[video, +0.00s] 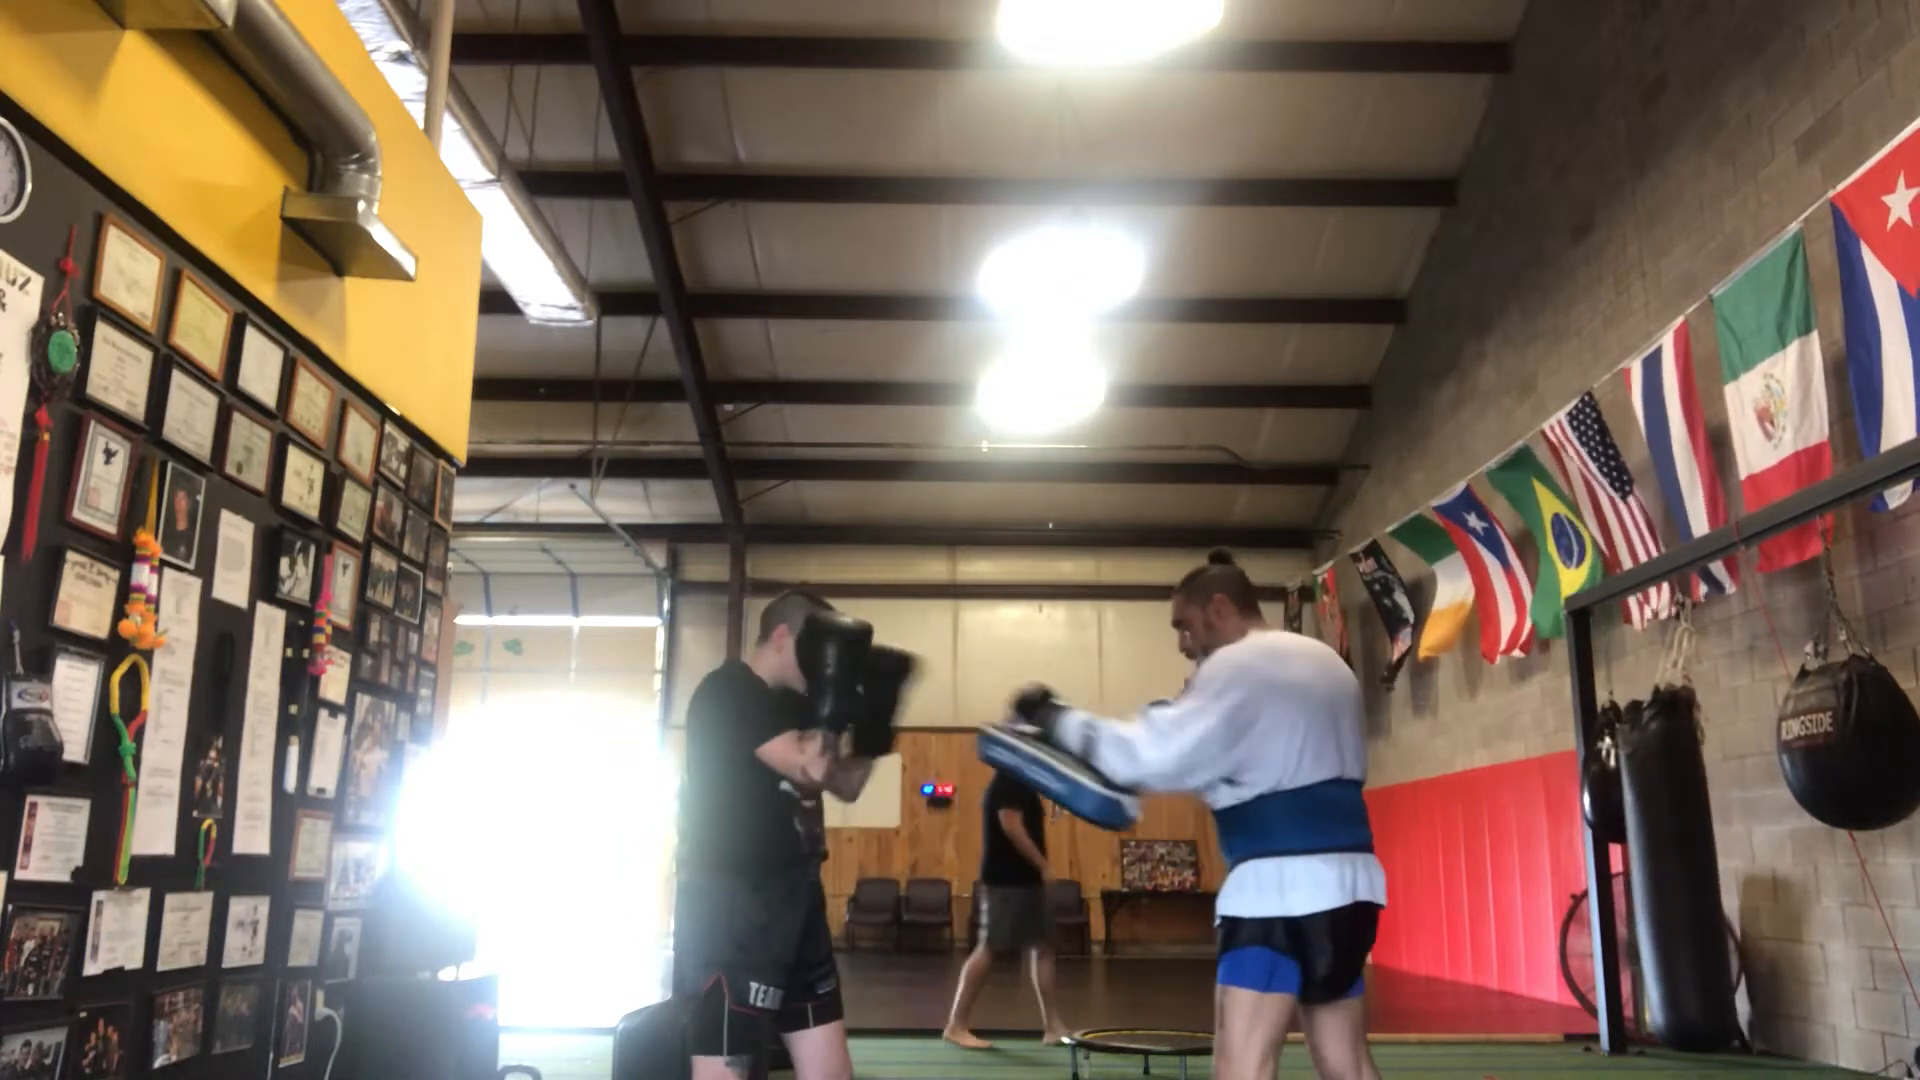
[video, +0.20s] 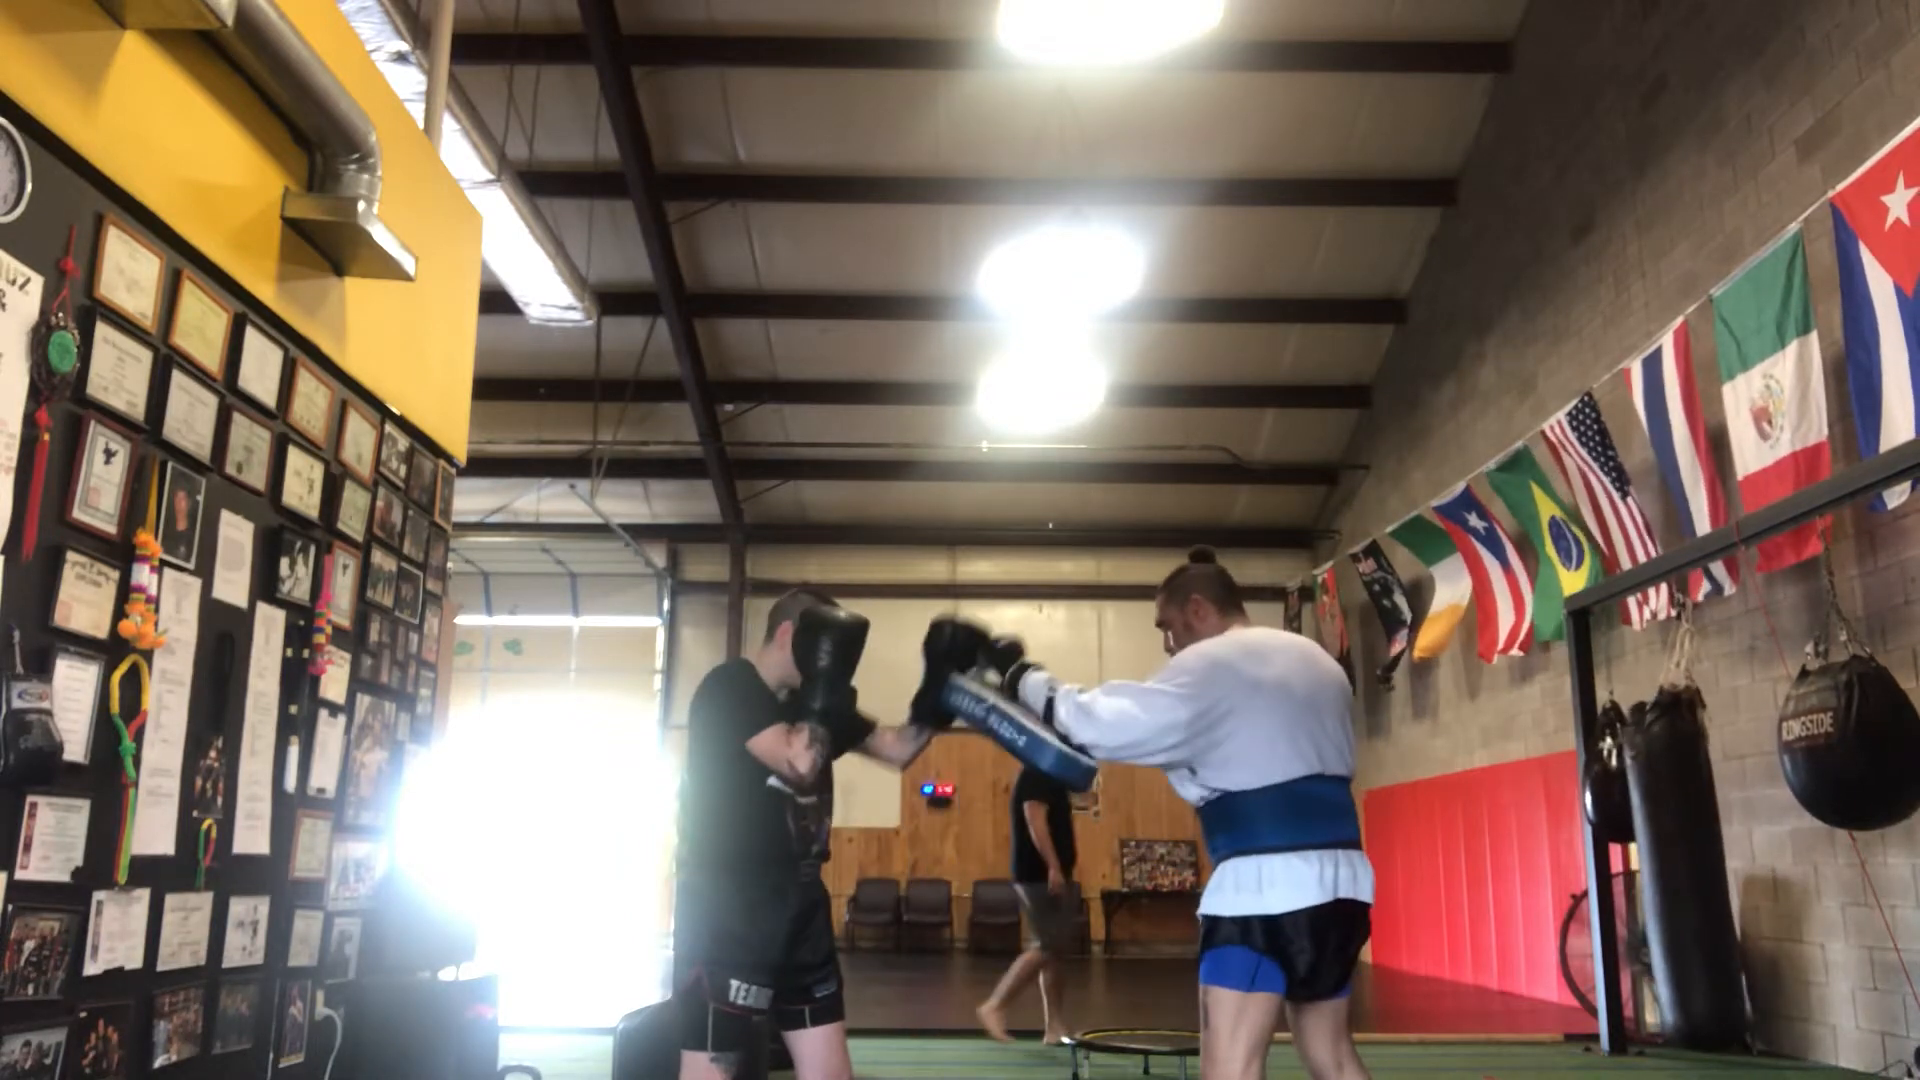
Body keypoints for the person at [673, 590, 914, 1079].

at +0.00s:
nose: (820, 658)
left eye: (825, 646)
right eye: (814, 644)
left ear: (786, 640)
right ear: (783, 637)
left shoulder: (795, 703)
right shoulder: (726, 691)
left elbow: (849, 786)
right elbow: (812, 768)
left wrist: (874, 706)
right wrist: (837, 691)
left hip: (796, 918)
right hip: (731, 918)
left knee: (829, 1070)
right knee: (722, 1071)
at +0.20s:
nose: (825, 656)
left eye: (831, 646)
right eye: (819, 643)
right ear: (787, 633)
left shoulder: (809, 703)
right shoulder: (727, 688)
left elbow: (897, 749)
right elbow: (800, 764)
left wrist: (942, 679)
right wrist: (824, 679)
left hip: (801, 913)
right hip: (729, 913)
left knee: (828, 1069)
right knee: (710, 1069)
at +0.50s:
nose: (823, 662)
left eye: (828, 651)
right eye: (816, 647)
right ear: (782, 636)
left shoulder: (812, 705)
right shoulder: (720, 691)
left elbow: (888, 770)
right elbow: (775, 779)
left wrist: (948, 728)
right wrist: (816, 702)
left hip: (797, 913)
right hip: (724, 915)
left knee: (824, 1070)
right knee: (715, 1070)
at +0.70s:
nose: (812, 670)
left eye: (818, 659)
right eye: (809, 655)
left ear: (775, 643)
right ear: (773, 640)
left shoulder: (783, 710)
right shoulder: (708, 694)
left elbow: (834, 797)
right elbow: (772, 780)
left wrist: (871, 721)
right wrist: (822, 703)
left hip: (786, 907)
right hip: (720, 909)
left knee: (822, 1069)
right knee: (713, 1070)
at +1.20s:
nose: (811, 656)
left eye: (817, 646)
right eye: (806, 643)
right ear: (772, 636)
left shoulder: (790, 702)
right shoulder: (711, 691)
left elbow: (881, 754)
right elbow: (780, 778)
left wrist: (949, 710)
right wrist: (815, 699)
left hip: (784, 904)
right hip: (716, 908)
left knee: (838, 1068)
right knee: (709, 1071)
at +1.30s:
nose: (824, 654)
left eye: (829, 644)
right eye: (817, 641)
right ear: (782, 636)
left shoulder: (810, 698)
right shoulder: (725, 686)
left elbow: (907, 744)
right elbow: (790, 771)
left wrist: (973, 697)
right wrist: (826, 692)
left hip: (795, 900)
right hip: (725, 904)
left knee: (883, 1044)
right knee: (709, 1070)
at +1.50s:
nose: (851, 650)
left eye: (855, 641)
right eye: (843, 639)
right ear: (811, 632)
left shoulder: (847, 695)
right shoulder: (753, 687)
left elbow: (940, 714)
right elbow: (816, 764)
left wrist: (968, 646)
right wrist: (850, 683)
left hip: (834, 898)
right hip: (759, 905)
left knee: (942, 1021)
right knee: (731, 1070)